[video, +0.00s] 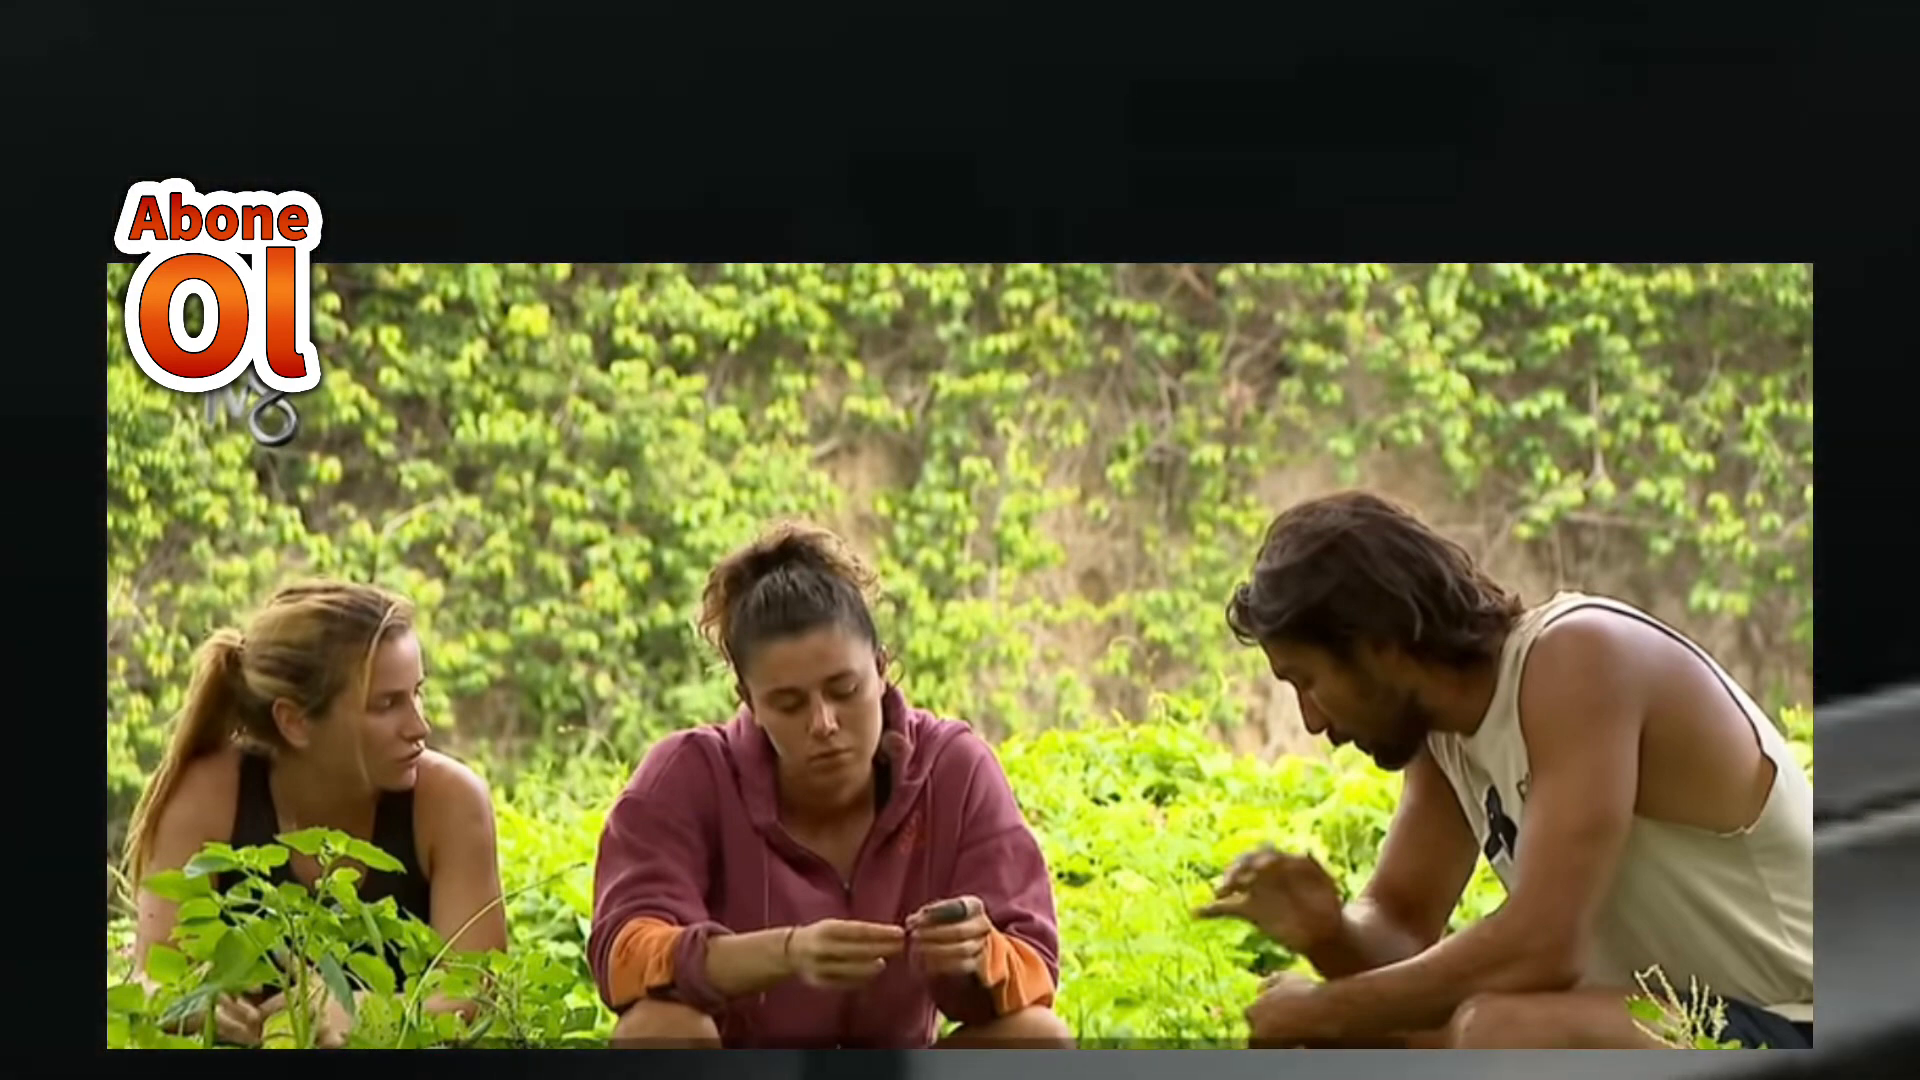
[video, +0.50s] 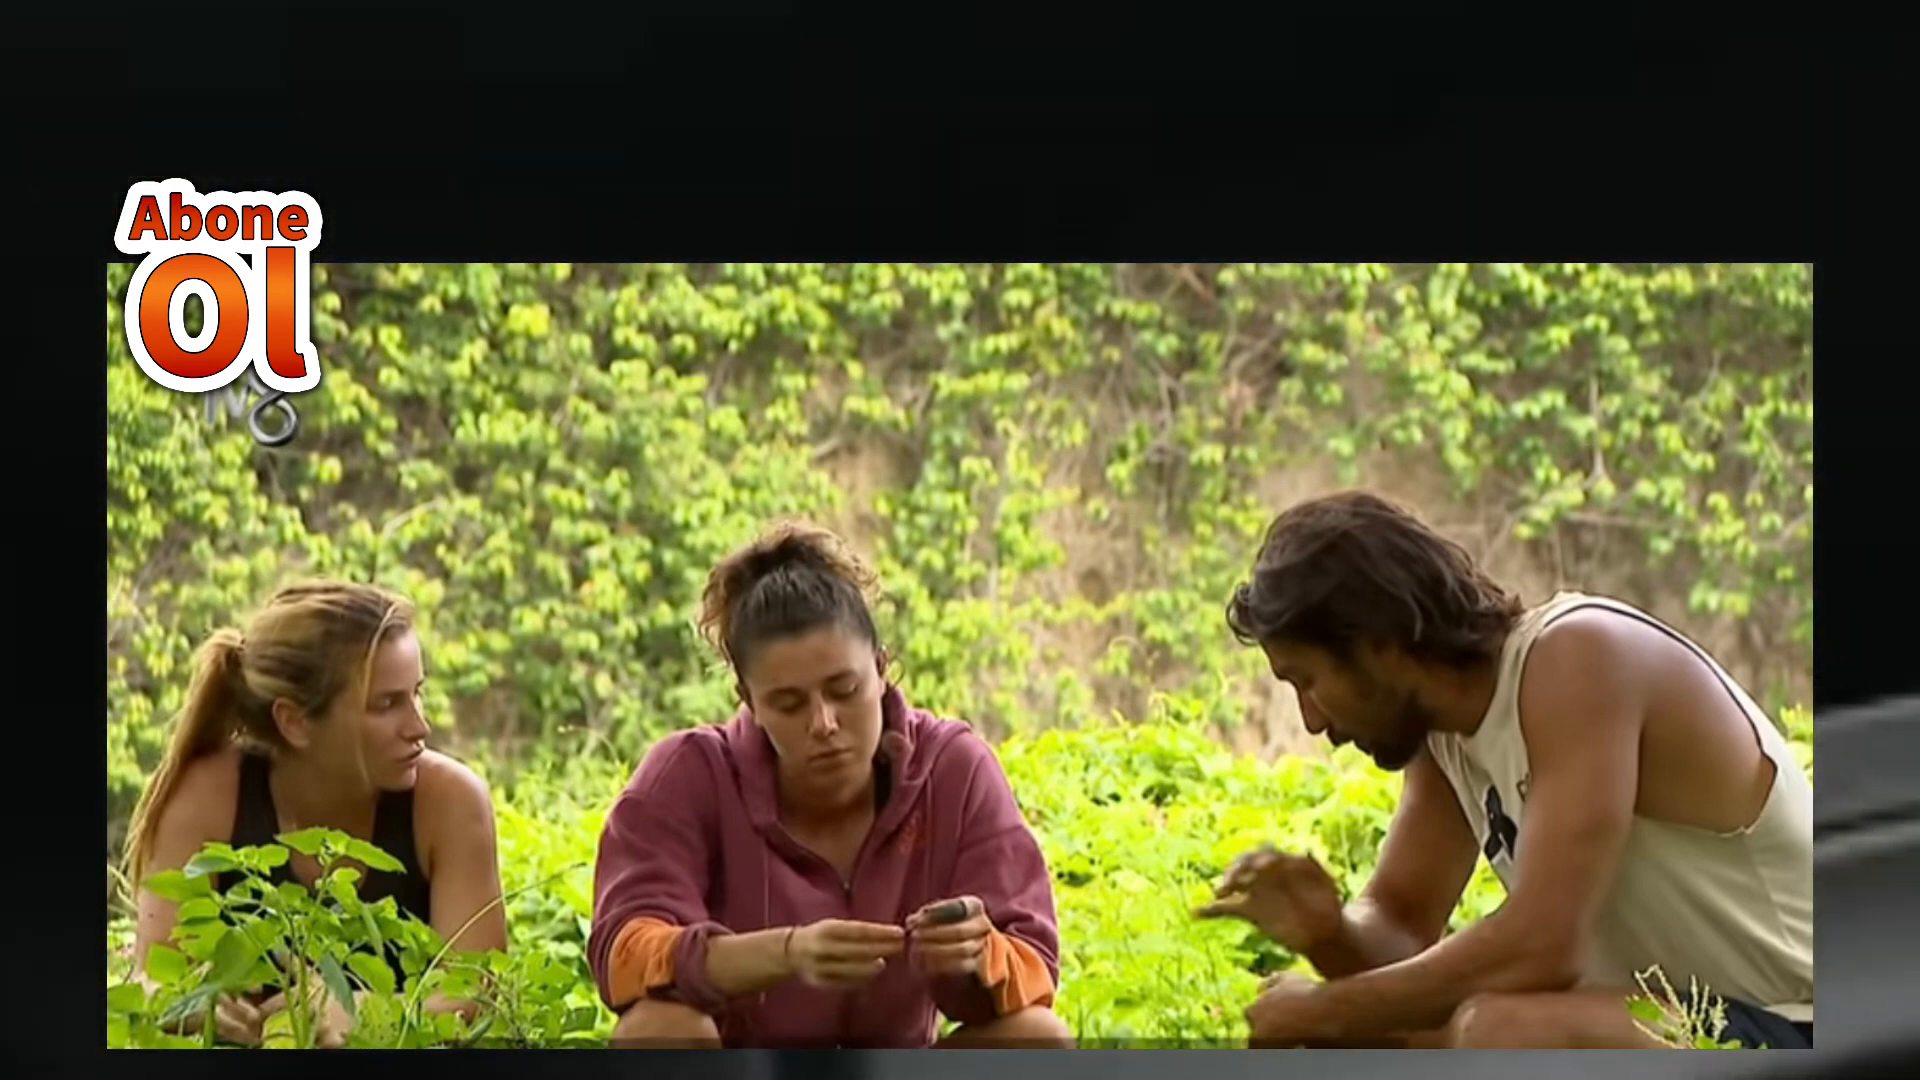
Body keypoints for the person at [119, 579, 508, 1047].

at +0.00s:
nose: (420, 725)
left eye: (417, 695)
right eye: (388, 705)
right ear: (295, 722)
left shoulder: (451, 799)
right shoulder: (206, 791)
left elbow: (470, 1002)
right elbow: (151, 983)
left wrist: (354, 1013)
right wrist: (197, 1008)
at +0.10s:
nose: (420, 725)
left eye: (417, 695)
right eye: (388, 705)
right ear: (295, 722)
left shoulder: (451, 799)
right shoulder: (205, 792)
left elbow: (470, 1001)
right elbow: (153, 984)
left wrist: (354, 1013)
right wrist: (200, 1009)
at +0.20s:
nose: (420, 725)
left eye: (417, 695)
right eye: (388, 705)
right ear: (295, 722)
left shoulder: (451, 799)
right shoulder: (205, 792)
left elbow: (470, 1001)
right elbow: (152, 984)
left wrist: (354, 1013)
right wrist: (200, 1009)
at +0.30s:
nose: (420, 725)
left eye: (417, 695)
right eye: (388, 705)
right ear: (295, 723)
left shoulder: (451, 799)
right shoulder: (206, 791)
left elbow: (470, 1002)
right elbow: (152, 983)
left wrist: (355, 1013)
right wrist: (197, 1008)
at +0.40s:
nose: (420, 725)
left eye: (417, 695)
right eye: (388, 705)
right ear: (295, 722)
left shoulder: (451, 799)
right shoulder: (206, 791)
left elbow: (470, 1002)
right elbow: (152, 983)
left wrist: (354, 1013)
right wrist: (197, 1008)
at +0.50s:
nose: (420, 725)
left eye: (417, 695)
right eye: (388, 705)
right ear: (295, 722)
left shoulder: (451, 799)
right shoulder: (206, 791)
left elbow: (470, 1002)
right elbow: (152, 983)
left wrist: (354, 1013)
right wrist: (197, 1008)